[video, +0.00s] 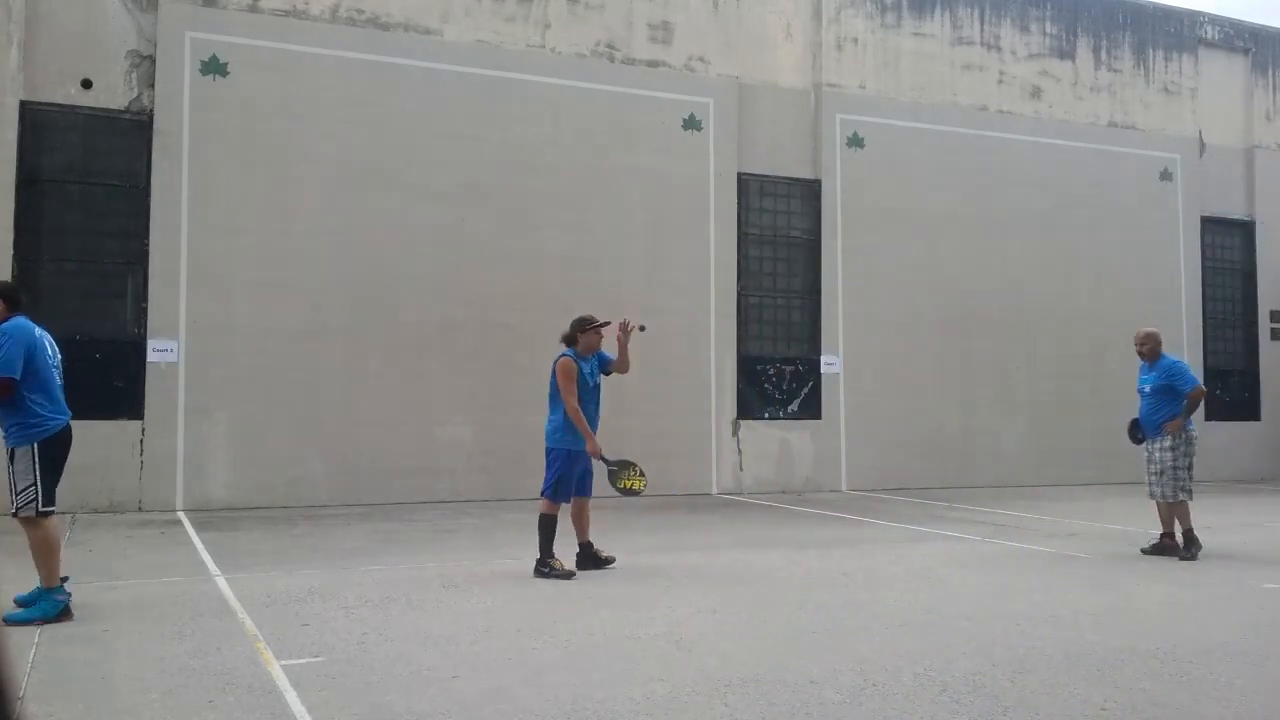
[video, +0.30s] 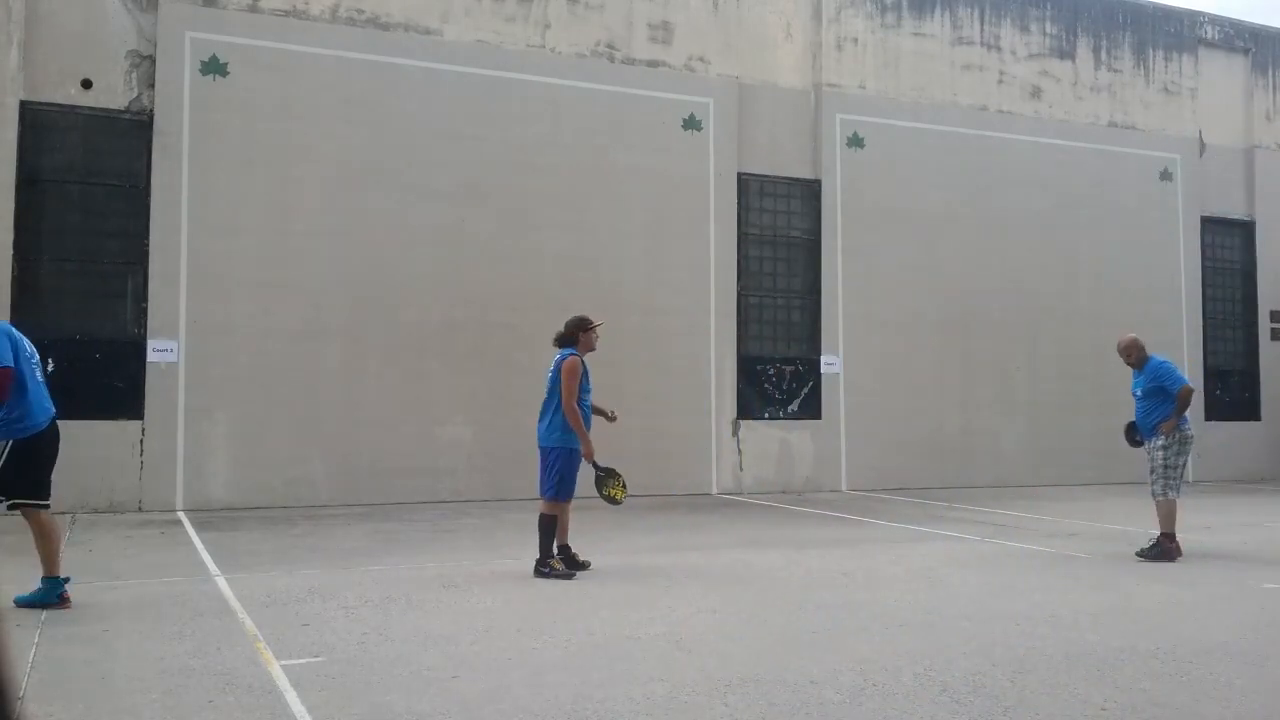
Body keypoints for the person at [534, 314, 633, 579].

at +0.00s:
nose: (601, 338)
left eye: (601, 334)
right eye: (597, 333)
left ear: (589, 337)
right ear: (581, 336)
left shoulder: (595, 358)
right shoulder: (567, 362)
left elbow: (621, 368)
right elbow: (571, 405)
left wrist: (623, 343)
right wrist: (590, 439)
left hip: (582, 442)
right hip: (562, 442)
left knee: (581, 497)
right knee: (553, 498)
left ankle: (585, 552)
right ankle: (545, 559)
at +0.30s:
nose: (597, 337)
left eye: (596, 333)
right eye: (593, 333)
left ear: (579, 336)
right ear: (580, 336)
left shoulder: (570, 360)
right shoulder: (572, 361)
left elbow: (576, 400)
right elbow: (568, 405)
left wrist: (601, 411)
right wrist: (586, 441)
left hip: (567, 441)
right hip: (558, 441)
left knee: (564, 498)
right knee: (552, 499)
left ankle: (563, 552)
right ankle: (544, 560)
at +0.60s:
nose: (601, 341)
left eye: (600, 336)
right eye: (598, 337)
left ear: (580, 339)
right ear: (586, 338)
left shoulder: (560, 362)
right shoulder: (584, 361)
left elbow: (564, 409)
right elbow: (585, 403)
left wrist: (591, 434)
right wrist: (602, 431)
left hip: (549, 439)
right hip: (569, 440)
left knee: (560, 497)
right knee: (584, 496)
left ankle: (564, 552)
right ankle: (559, 556)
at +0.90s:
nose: (613, 347)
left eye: (613, 342)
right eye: (611, 342)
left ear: (591, 342)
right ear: (600, 342)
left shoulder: (570, 361)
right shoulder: (597, 363)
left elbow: (577, 408)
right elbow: (600, 406)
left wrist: (600, 432)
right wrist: (613, 437)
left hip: (554, 440)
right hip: (576, 441)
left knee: (566, 496)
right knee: (592, 496)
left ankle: (564, 555)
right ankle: (594, 560)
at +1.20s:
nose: (626, 363)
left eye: (628, 359)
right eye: (627, 358)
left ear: (604, 349)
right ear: (618, 352)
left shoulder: (582, 364)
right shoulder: (613, 368)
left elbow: (594, 415)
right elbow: (613, 414)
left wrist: (624, 427)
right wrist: (629, 433)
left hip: (562, 441)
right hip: (585, 442)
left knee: (578, 496)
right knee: (601, 498)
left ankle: (572, 550)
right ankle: (594, 561)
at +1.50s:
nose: (635, 357)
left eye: (635, 352)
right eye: (632, 351)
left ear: (612, 351)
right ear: (620, 350)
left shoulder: (589, 368)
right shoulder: (619, 370)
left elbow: (597, 419)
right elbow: (623, 414)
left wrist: (631, 429)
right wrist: (643, 427)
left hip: (564, 441)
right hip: (587, 442)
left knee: (582, 499)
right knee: (605, 498)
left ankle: (581, 555)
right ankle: (595, 561)